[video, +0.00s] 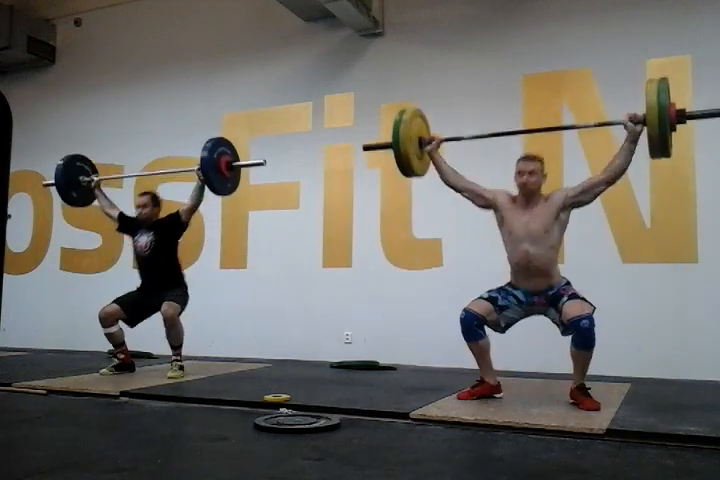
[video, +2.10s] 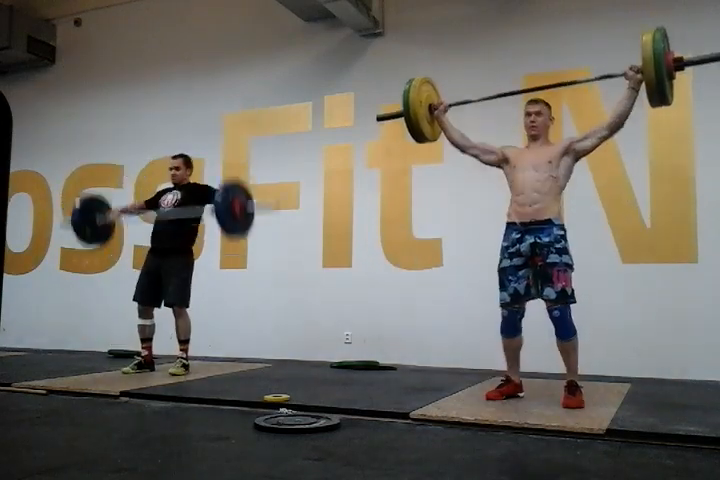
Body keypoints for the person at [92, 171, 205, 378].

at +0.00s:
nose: (139, 211)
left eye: (144, 207)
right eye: (138, 207)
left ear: (156, 208)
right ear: (136, 209)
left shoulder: (170, 225)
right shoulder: (134, 227)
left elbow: (191, 206)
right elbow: (110, 210)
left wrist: (201, 181)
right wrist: (96, 189)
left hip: (173, 289)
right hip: (148, 291)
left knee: (169, 313)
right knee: (107, 315)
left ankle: (177, 361)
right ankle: (124, 361)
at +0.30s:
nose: (115, 235)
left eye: (120, 231)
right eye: (114, 231)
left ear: (134, 233)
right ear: (112, 234)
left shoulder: (152, 248)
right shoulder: (115, 250)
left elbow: (183, 229)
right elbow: (99, 231)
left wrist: (203, 205)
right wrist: (92, 213)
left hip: (163, 305)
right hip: (138, 308)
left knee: (167, 316)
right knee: (98, 322)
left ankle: (176, 361)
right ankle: (123, 361)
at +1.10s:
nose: (119, 208)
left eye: (123, 203)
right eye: (117, 205)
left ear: (137, 204)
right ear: (115, 207)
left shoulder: (155, 220)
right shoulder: (118, 222)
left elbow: (186, 202)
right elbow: (103, 203)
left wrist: (211, 179)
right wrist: (98, 186)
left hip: (169, 276)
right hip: (144, 280)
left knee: (169, 309)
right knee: (110, 311)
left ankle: (177, 361)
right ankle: (124, 360)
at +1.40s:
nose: (129, 172)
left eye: (133, 168)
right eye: (128, 169)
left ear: (147, 169)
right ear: (128, 171)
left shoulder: (166, 185)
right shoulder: (128, 187)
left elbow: (194, 166)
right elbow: (112, 167)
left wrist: (216, 142)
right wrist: (108, 152)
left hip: (168, 258)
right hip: (141, 259)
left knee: (170, 304)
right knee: (128, 306)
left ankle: (182, 358)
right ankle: (126, 359)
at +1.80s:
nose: (164, 166)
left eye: (169, 162)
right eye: (162, 162)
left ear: (181, 167)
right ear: (161, 166)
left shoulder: (190, 187)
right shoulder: (151, 188)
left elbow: (216, 175)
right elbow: (129, 182)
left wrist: (223, 148)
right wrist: (117, 160)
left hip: (176, 258)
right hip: (150, 257)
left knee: (177, 308)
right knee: (146, 307)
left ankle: (182, 359)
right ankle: (147, 358)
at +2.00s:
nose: (174, 169)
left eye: (179, 166)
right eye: (173, 166)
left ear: (191, 171)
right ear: (172, 170)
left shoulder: (197, 191)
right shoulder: (161, 192)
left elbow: (226, 194)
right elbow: (143, 204)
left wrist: (237, 174)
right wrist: (122, 191)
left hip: (177, 259)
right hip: (152, 257)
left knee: (179, 308)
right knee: (146, 307)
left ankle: (183, 359)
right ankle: (146, 358)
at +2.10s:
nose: (172, 172)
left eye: (176, 169)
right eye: (170, 169)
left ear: (188, 171)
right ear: (169, 171)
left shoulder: (199, 191)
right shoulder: (164, 194)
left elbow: (224, 197)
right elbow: (141, 207)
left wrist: (238, 200)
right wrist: (118, 211)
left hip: (180, 258)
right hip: (156, 256)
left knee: (178, 308)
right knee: (144, 305)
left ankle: (183, 359)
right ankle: (146, 358)